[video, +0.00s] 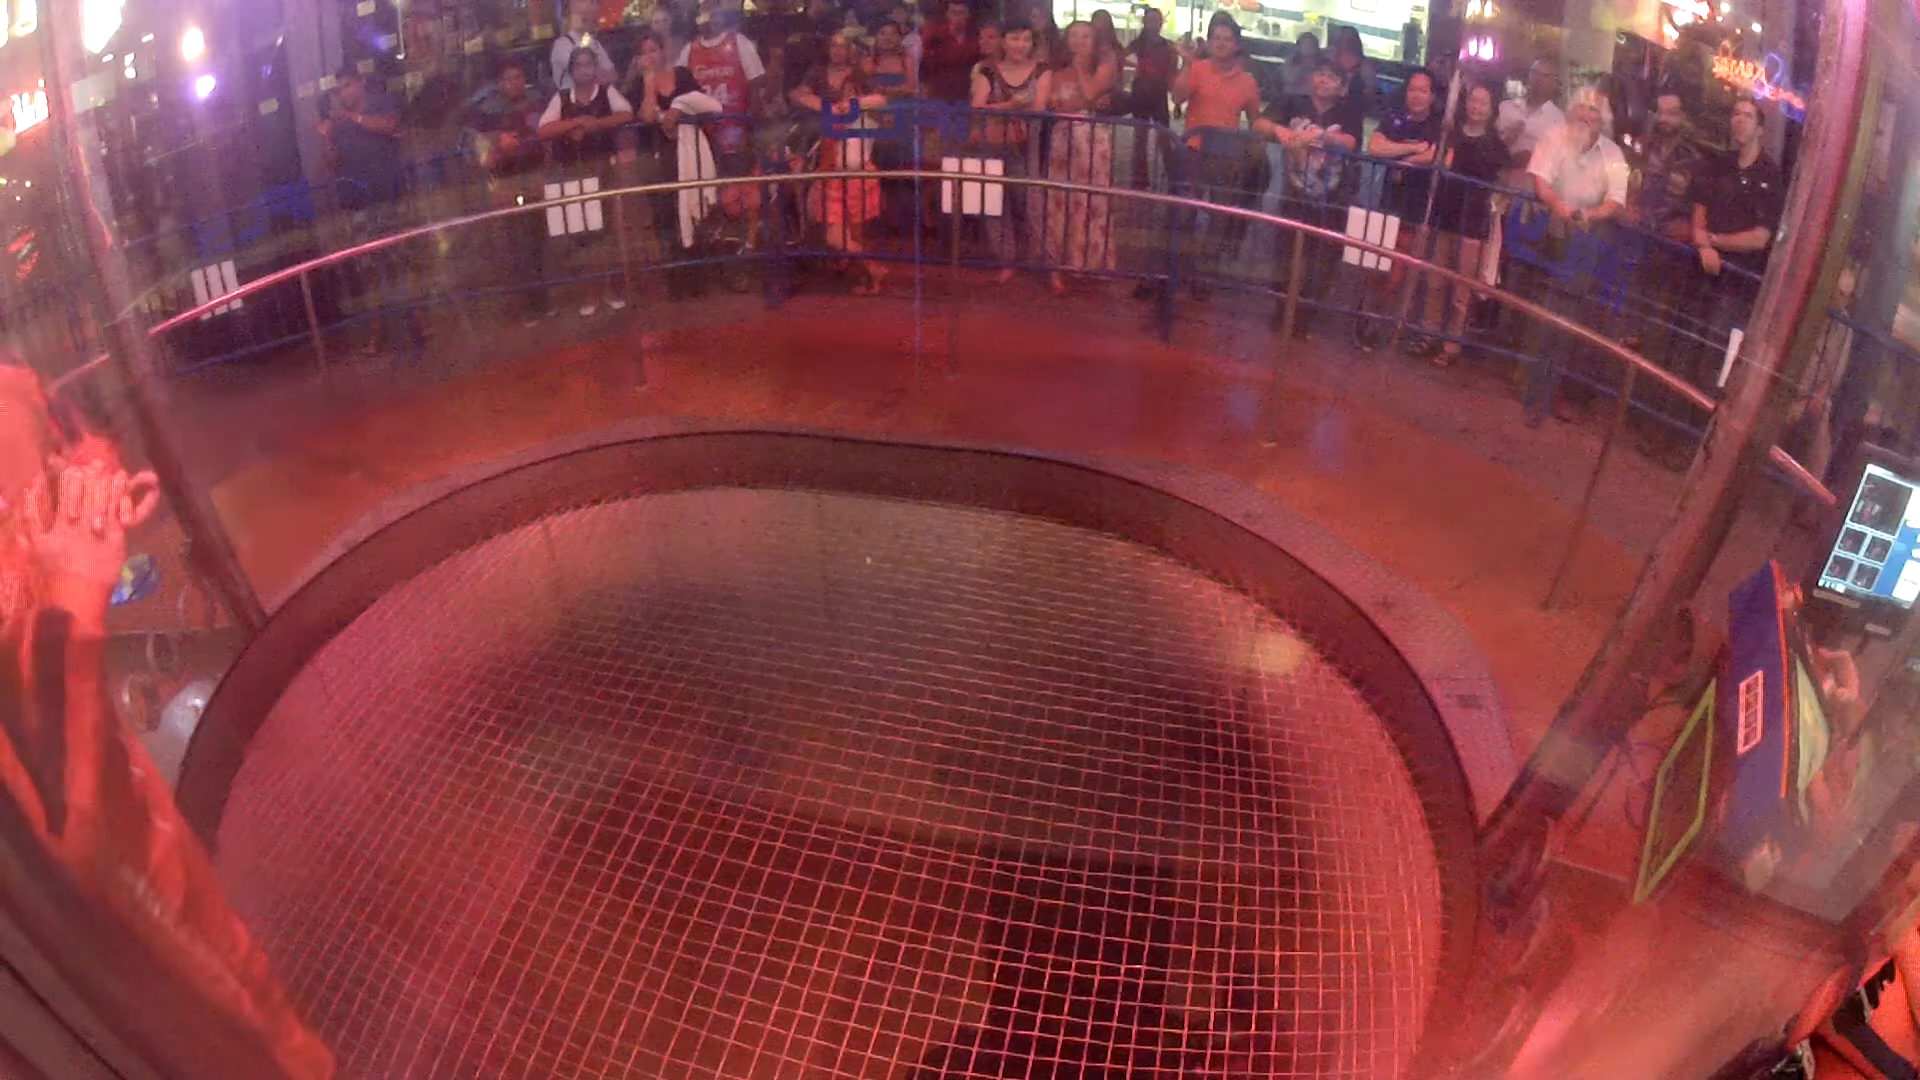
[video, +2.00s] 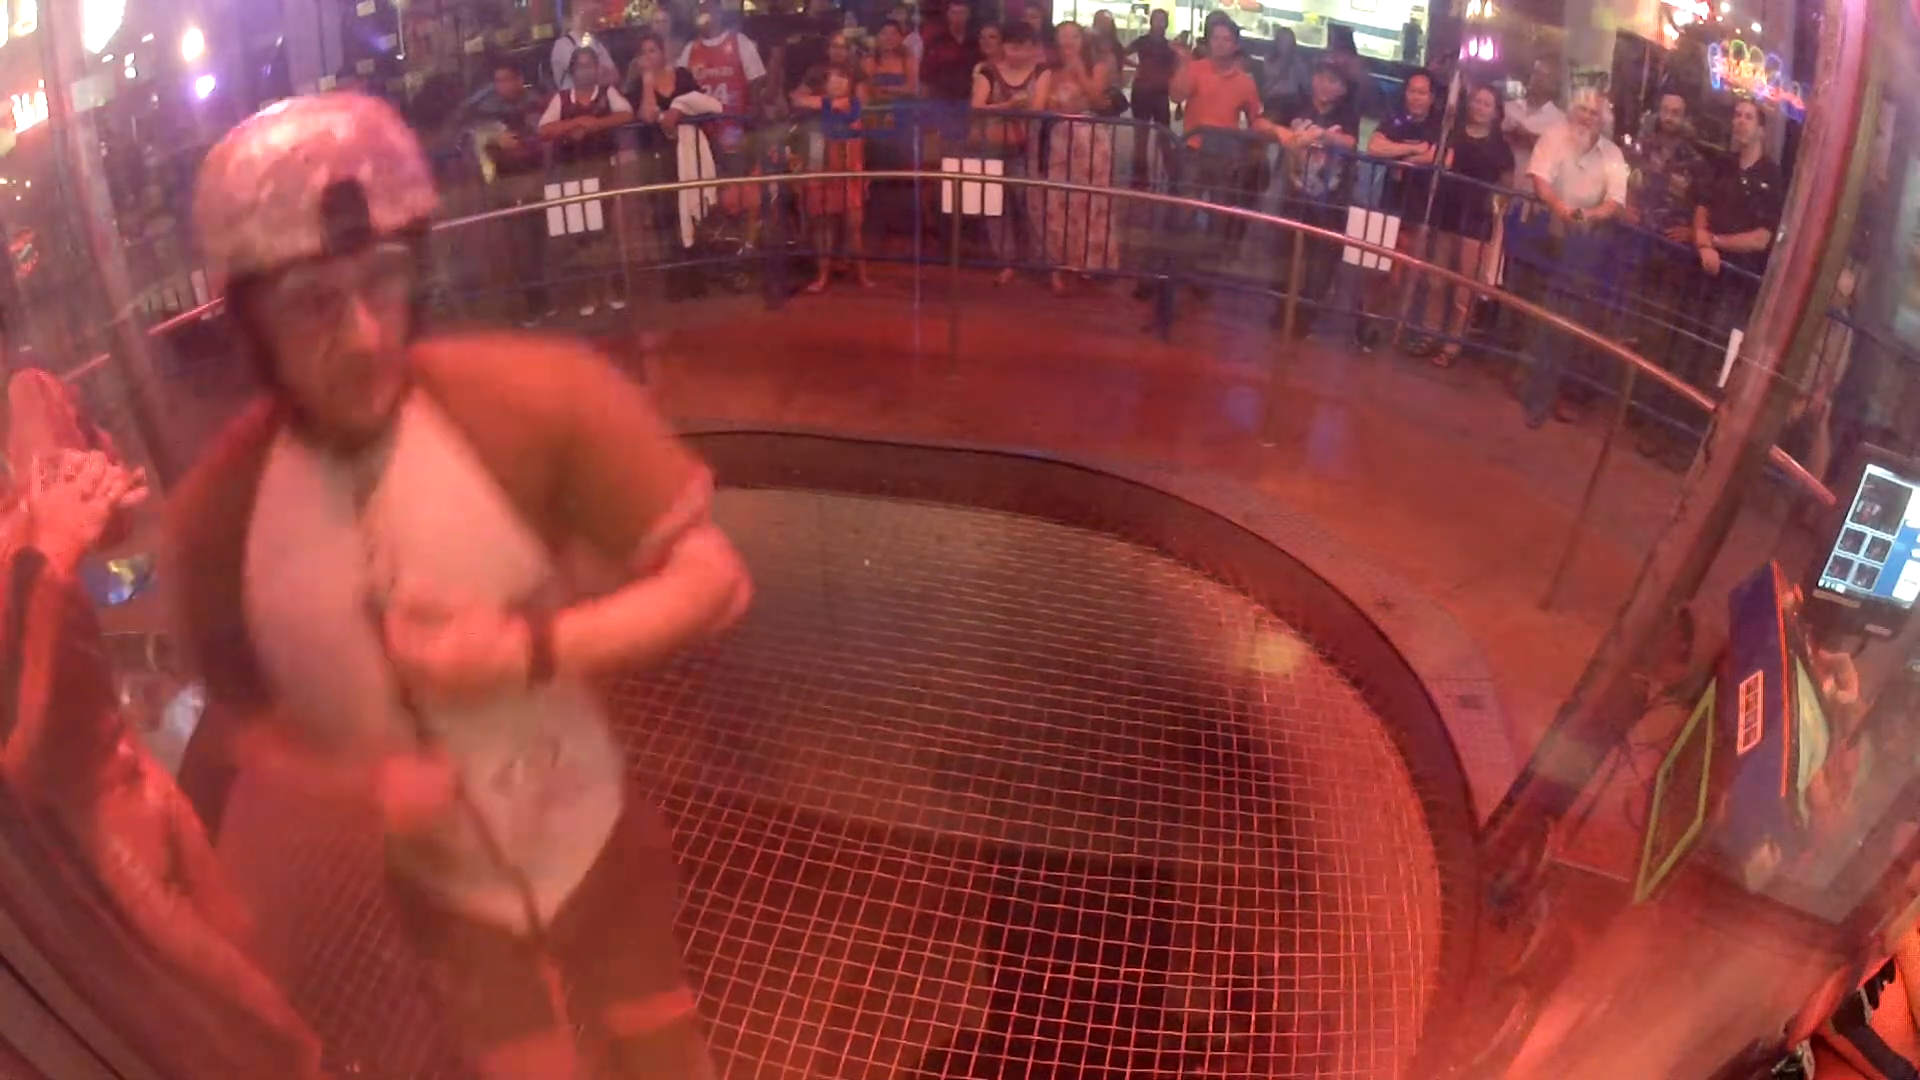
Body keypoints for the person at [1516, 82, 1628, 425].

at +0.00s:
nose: (1586, 118)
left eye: (1593, 114)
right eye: (1581, 111)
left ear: (1603, 120)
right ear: (1571, 112)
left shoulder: (1613, 153)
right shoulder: (1556, 137)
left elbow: (1616, 201)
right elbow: (1540, 181)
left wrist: (1590, 215)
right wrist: (1559, 208)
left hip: (1585, 235)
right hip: (1549, 225)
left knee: (1570, 308)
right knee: (1542, 304)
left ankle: (1550, 388)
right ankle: (1532, 388)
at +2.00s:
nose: (1586, 117)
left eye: (1593, 113)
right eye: (1582, 109)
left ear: (1603, 119)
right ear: (1571, 110)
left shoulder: (1612, 153)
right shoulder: (1555, 136)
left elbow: (1616, 200)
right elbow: (1539, 178)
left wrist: (1591, 215)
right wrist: (1561, 209)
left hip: (1588, 229)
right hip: (1550, 221)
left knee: (1572, 303)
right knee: (1541, 298)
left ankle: (1551, 388)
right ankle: (1532, 382)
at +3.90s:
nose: (1585, 118)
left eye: (1592, 114)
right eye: (1581, 111)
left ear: (1603, 120)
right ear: (1570, 111)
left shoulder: (1612, 152)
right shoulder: (1557, 135)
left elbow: (1617, 200)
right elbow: (1540, 180)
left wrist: (1591, 214)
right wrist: (1561, 208)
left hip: (1588, 232)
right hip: (1551, 223)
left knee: (1572, 308)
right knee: (1541, 303)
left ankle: (1555, 390)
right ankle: (1532, 386)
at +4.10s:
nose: (1585, 119)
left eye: (1592, 115)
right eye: (1581, 112)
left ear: (1603, 120)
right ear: (1570, 112)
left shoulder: (1612, 152)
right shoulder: (1557, 135)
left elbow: (1617, 200)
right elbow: (1540, 179)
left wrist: (1591, 214)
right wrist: (1559, 207)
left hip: (1588, 230)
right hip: (1552, 221)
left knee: (1574, 305)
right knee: (1541, 299)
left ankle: (1561, 389)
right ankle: (1532, 383)